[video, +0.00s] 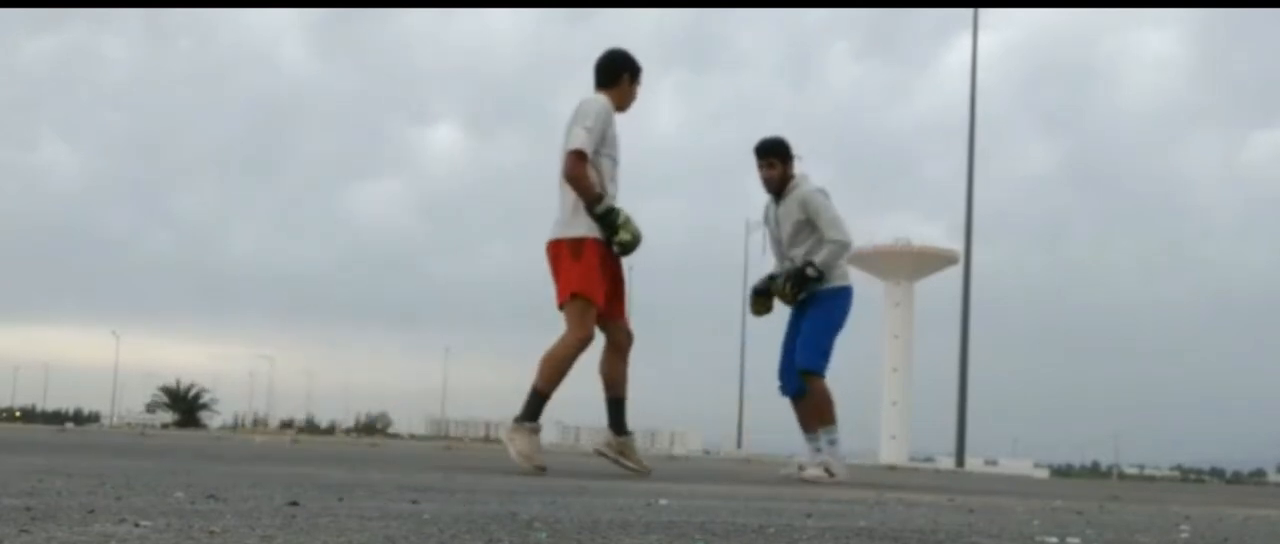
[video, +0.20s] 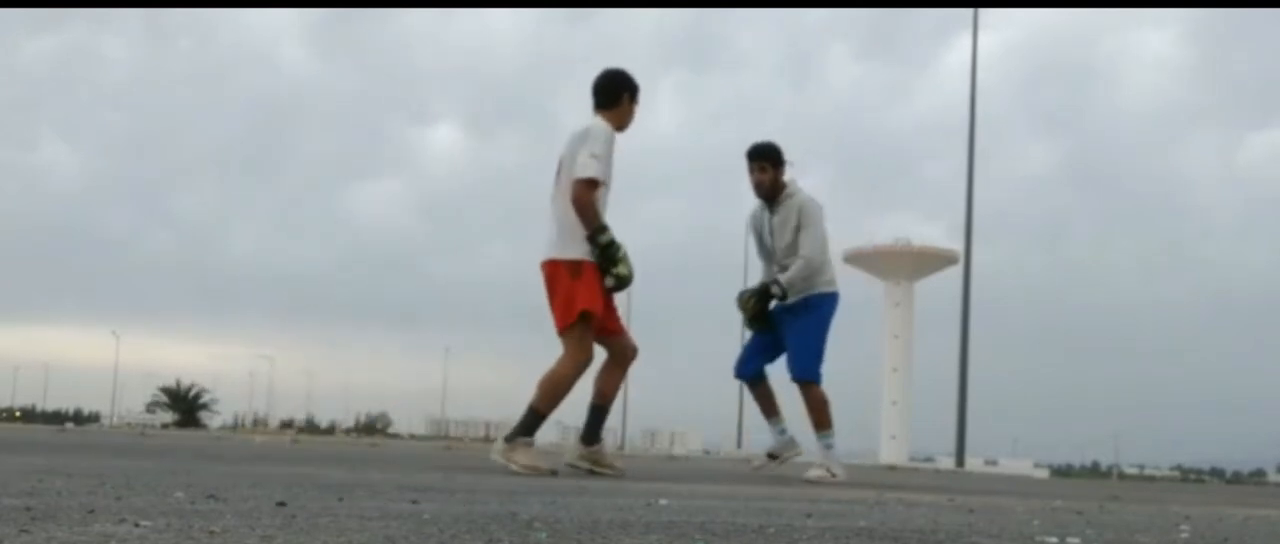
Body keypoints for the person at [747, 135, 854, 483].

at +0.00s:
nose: (765, 174)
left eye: (771, 166)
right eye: (761, 168)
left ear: (788, 166)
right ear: (759, 171)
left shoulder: (810, 196)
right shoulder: (772, 211)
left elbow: (839, 240)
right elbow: (786, 260)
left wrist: (810, 271)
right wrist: (770, 283)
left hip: (830, 292)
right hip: (803, 298)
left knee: (808, 369)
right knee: (791, 376)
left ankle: (833, 457)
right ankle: (816, 456)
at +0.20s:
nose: (755, 180)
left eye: (761, 172)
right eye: (752, 173)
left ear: (779, 172)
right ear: (750, 175)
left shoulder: (806, 206)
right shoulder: (757, 219)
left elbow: (812, 260)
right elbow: (770, 266)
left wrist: (774, 289)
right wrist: (760, 294)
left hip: (814, 298)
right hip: (784, 302)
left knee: (804, 373)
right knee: (748, 368)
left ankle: (830, 458)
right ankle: (782, 440)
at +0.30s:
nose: (742, 182)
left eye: (748, 175)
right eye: (738, 175)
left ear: (764, 175)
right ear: (736, 178)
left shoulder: (788, 209)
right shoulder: (747, 216)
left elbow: (784, 266)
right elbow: (755, 261)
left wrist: (762, 301)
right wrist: (749, 280)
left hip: (804, 299)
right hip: (773, 301)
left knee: (800, 375)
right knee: (742, 371)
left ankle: (828, 459)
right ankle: (741, 449)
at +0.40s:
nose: (722, 191)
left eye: (729, 184)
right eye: (720, 184)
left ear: (744, 186)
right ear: (718, 186)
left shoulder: (760, 217)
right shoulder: (736, 219)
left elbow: (768, 272)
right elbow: (741, 255)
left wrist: (755, 318)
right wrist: (735, 266)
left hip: (790, 303)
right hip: (767, 306)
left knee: (793, 378)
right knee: (729, 378)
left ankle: (826, 460)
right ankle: (719, 453)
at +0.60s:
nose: (693, 188)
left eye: (700, 181)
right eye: (689, 181)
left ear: (713, 183)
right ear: (684, 184)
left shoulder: (735, 213)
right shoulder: (692, 222)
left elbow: (766, 255)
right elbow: (689, 273)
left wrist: (751, 295)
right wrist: (695, 275)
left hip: (753, 303)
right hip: (722, 307)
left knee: (768, 375)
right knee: (700, 381)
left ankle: (793, 453)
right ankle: (713, 451)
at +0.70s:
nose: (687, 180)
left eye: (694, 173)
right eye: (683, 173)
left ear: (707, 175)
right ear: (678, 176)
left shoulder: (732, 205)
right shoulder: (676, 217)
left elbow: (766, 242)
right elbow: (665, 255)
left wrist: (739, 268)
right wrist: (670, 283)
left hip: (739, 300)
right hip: (703, 303)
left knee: (745, 370)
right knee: (697, 378)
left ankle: (758, 451)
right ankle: (712, 449)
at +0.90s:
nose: (688, 181)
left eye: (693, 174)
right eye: (683, 174)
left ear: (702, 177)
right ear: (673, 177)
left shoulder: (718, 209)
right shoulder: (664, 210)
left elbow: (736, 252)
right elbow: (647, 241)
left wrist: (710, 251)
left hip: (711, 300)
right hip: (676, 300)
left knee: (710, 376)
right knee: (690, 378)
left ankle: (680, 431)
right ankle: (709, 443)